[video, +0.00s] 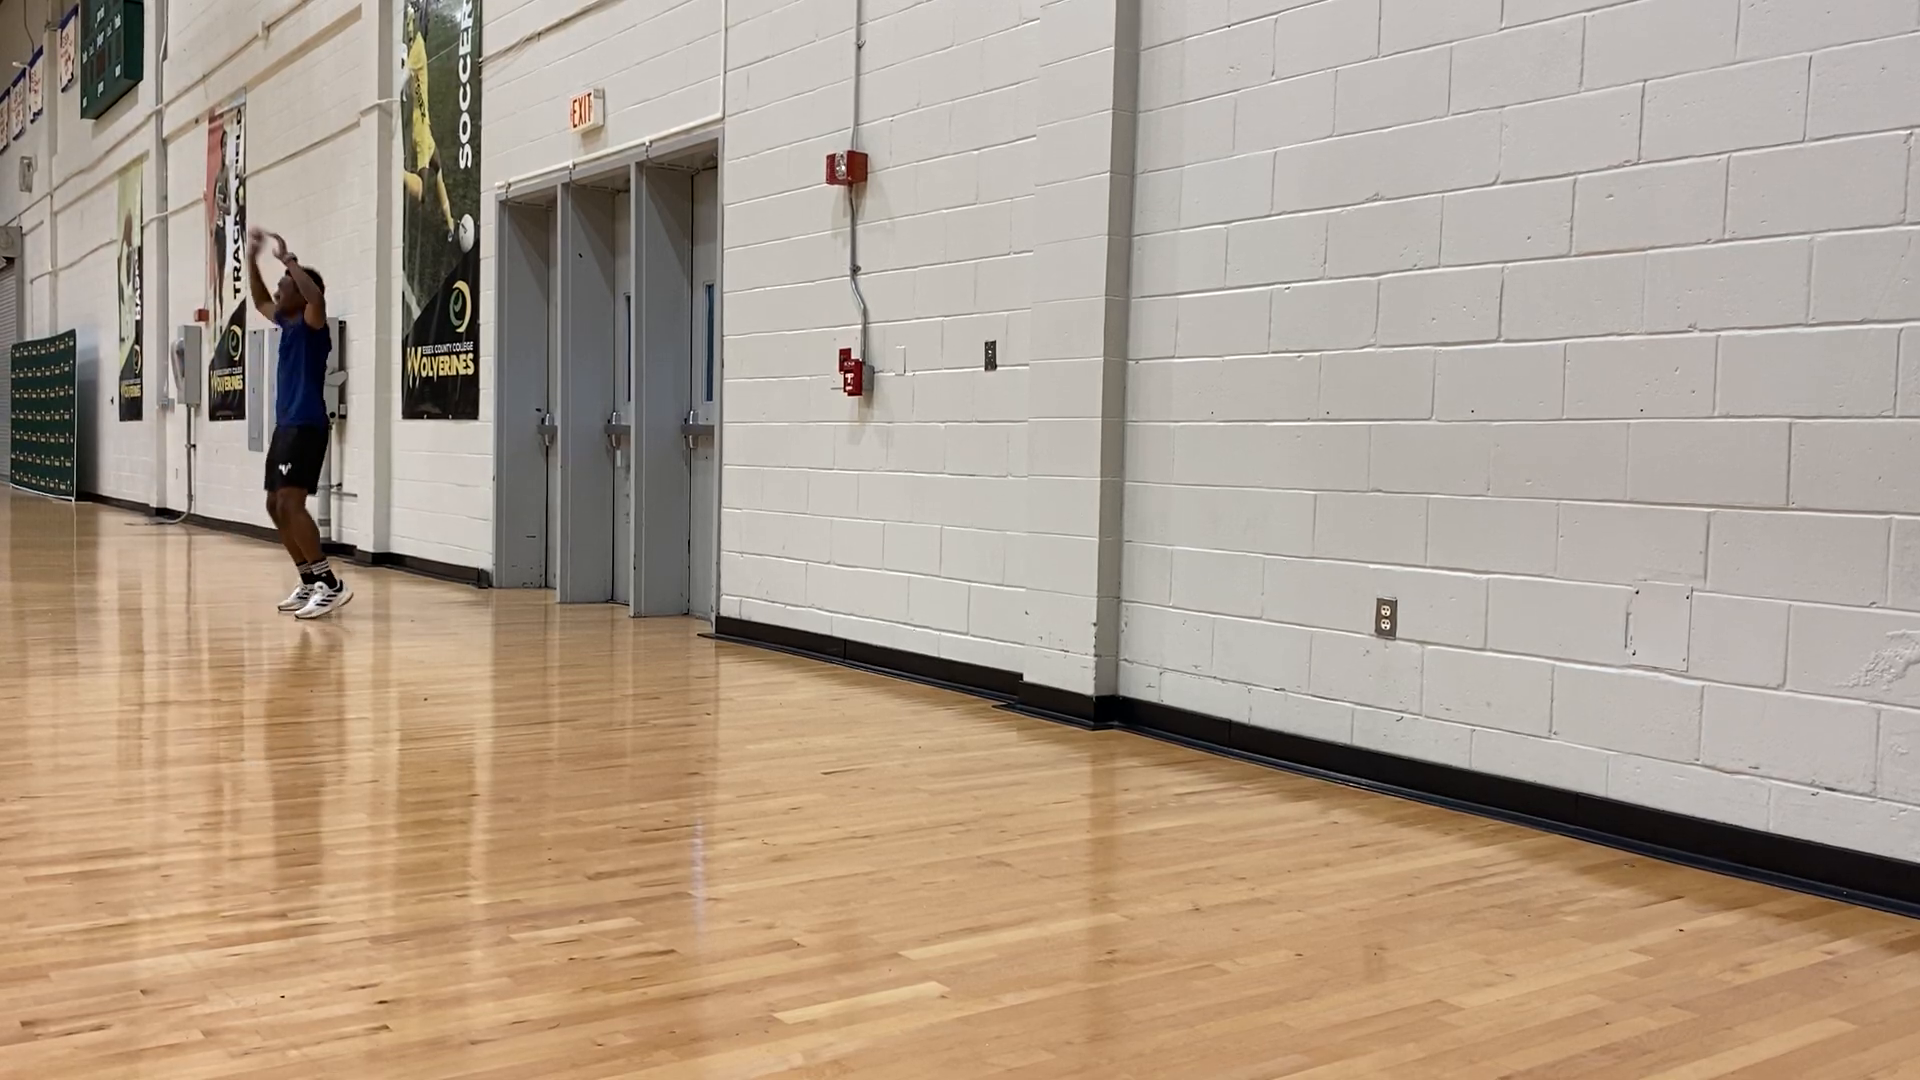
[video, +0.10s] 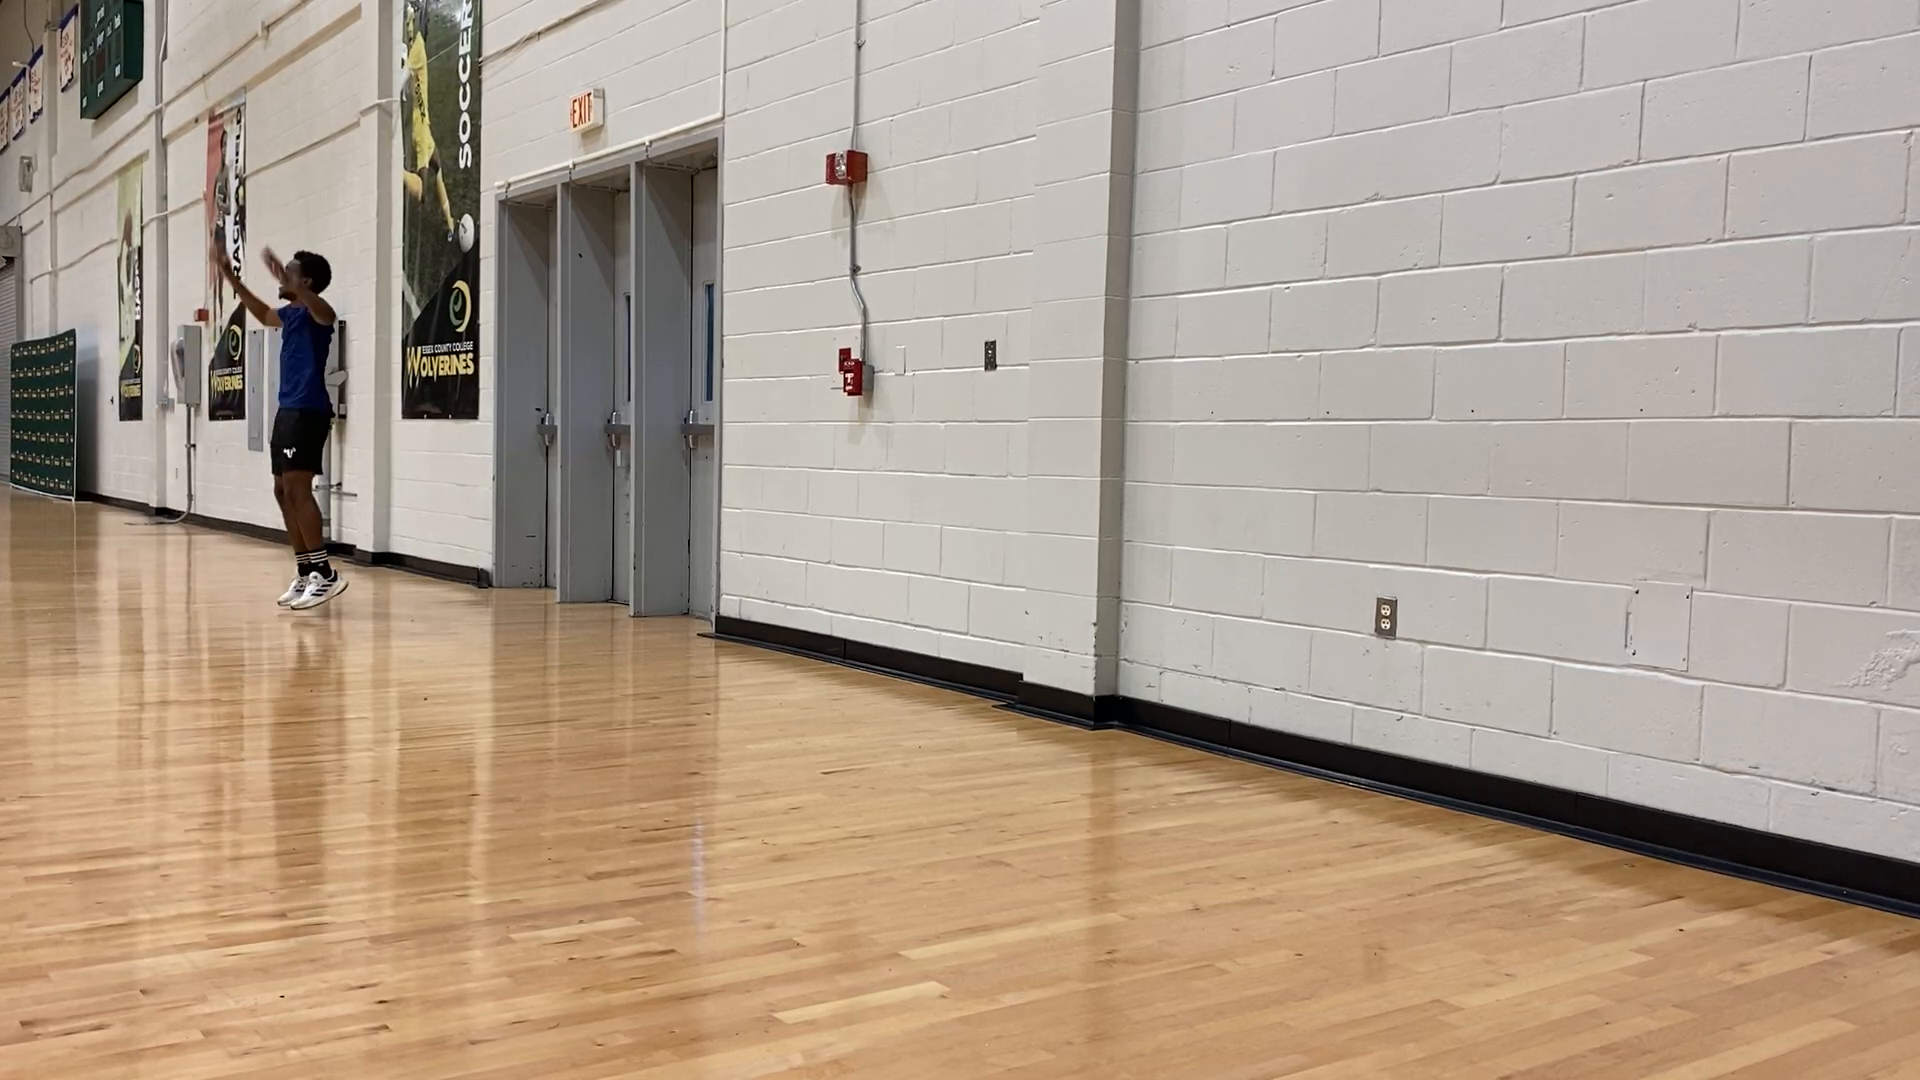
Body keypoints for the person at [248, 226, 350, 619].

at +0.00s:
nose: (277, 290)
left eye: (284, 286)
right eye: (279, 285)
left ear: (302, 294)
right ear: (285, 292)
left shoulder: (312, 323)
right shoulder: (287, 323)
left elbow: (315, 296)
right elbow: (262, 301)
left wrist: (288, 261)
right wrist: (251, 259)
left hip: (307, 424)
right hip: (287, 424)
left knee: (290, 502)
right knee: (275, 505)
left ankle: (328, 583)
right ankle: (309, 583)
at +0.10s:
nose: (283, 275)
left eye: (290, 270)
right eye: (285, 269)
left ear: (307, 279)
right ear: (293, 280)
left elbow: (321, 312)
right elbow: (263, 314)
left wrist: (290, 282)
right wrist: (231, 278)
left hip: (309, 412)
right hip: (287, 411)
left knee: (298, 490)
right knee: (283, 491)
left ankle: (325, 574)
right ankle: (306, 575)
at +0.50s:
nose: (289, 291)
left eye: (296, 287)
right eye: (292, 285)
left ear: (314, 296)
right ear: (309, 296)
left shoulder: (323, 332)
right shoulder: (305, 334)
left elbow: (338, 385)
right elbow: (301, 393)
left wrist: (297, 392)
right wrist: (264, 405)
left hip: (316, 434)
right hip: (300, 433)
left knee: (309, 507)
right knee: (300, 508)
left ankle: (337, 588)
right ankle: (325, 585)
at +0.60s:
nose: (291, 291)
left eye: (298, 287)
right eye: (294, 286)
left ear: (316, 297)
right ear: (311, 297)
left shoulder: (323, 332)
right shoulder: (306, 335)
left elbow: (334, 382)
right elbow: (299, 388)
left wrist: (293, 389)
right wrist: (262, 393)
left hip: (320, 435)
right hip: (305, 433)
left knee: (317, 508)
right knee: (309, 509)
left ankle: (339, 589)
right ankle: (327, 586)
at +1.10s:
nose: (280, 298)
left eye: (286, 292)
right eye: (282, 292)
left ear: (306, 297)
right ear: (303, 297)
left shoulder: (323, 331)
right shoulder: (305, 336)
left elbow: (343, 379)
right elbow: (306, 393)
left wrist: (306, 395)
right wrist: (273, 403)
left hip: (325, 433)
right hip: (308, 433)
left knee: (322, 508)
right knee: (313, 508)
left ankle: (340, 589)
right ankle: (327, 586)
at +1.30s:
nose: (282, 298)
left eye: (287, 292)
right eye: (283, 292)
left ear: (307, 296)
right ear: (304, 297)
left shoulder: (323, 330)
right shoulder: (307, 334)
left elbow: (339, 380)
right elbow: (305, 390)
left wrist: (297, 395)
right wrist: (275, 401)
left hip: (323, 433)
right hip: (307, 432)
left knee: (318, 508)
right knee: (311, 509)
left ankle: (340, 588)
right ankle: (327, 585)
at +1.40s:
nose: (283, 297)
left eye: (288, 291)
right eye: (284, 291)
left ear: (308, 295)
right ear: (304, 296)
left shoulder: (323, 330)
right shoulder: (306, 335)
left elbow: (336, 378)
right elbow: (303, 391)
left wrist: (295, 393)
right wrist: (271, 400)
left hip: (322, 433)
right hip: (307, 432)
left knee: (317, 508)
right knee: (311, 508)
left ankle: (338, 588)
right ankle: (327, 585)